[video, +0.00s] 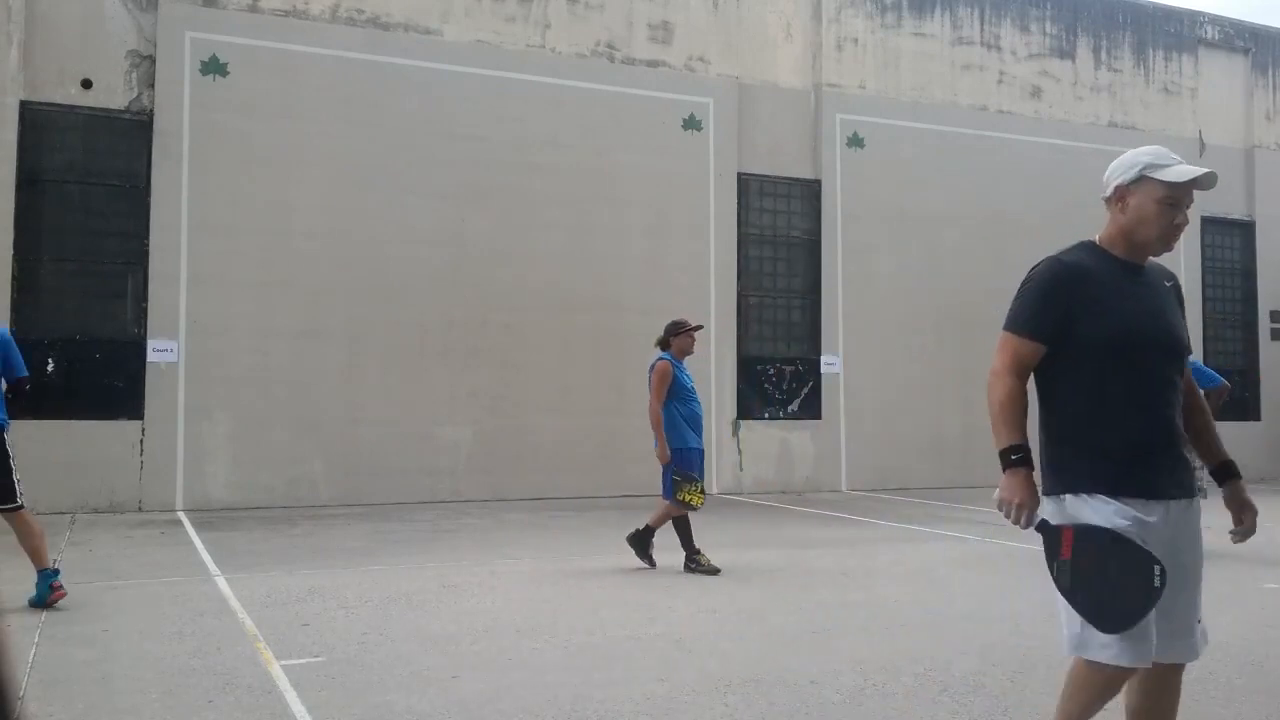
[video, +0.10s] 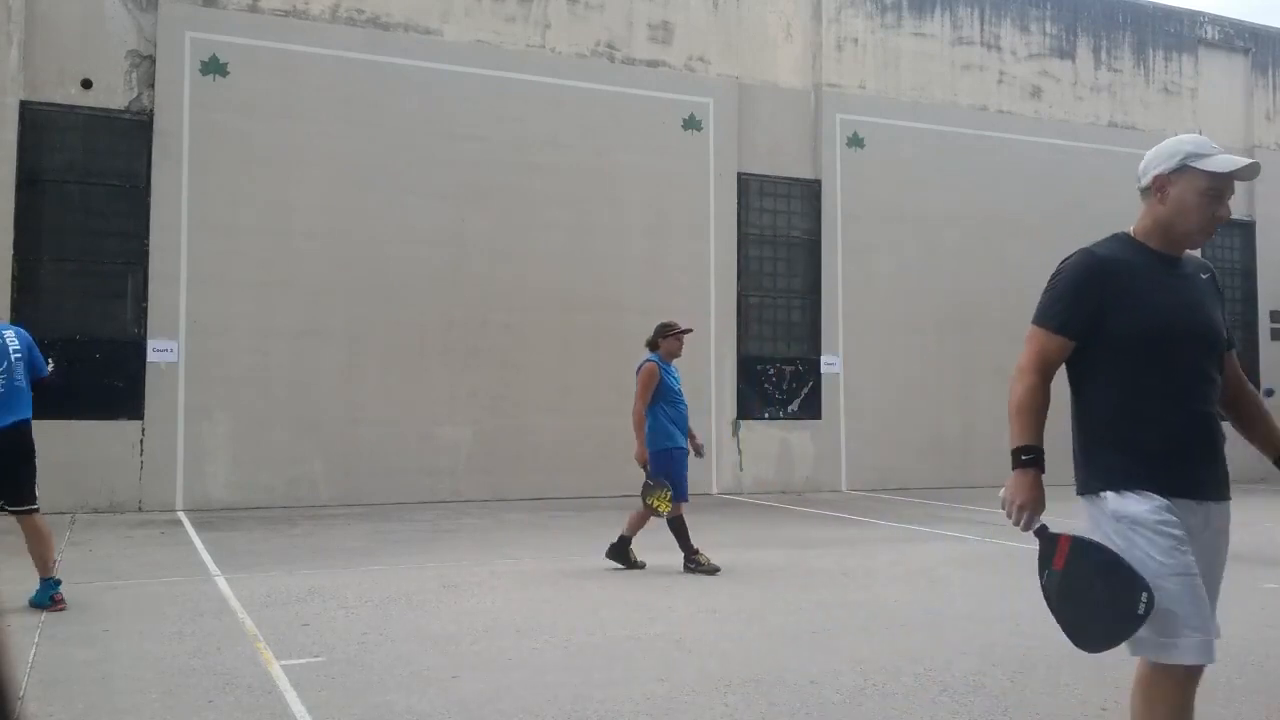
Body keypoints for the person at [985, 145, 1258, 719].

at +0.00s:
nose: (1184, 215)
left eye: (1187, 204)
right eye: (1172, 201)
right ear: (1120, 198)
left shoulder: (1165, 285)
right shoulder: (1059, 277)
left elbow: (1184, 392)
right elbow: (1005, 373)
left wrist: (1227, 479)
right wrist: (1016, 467)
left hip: (1173, 502)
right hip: (1094, 501)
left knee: (1169, 653)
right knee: (1113, 654)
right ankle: (1064, 717)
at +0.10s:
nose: (1227, 209)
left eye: (1228, 195)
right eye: (1214, 192)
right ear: (1162, 188)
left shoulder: (1201, 278)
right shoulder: (1091, 270)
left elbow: (1232, 387)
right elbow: (1032, 370)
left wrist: (1277, 448)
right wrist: (1026, 468)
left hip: (1203, 496)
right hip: (1128, 495)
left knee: (1180, 653)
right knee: (1179, 652)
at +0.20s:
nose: (1270, 206)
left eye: (1271, 192)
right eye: (1258, 189)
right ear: (1203, 184)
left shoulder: (1241, 276)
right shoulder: (1124, 272)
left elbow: (1271, 379)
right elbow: (1061, 374)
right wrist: (1044, 474)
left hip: (1240, 504)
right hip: (1163, 506)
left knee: (1177, 663)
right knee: (1220, 675)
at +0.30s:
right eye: (1279, 176)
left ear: (1250, 186)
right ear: (1245, 184)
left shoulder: (1272, 276)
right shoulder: (1163, 275)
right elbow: (1096, 380)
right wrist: (1076, 485)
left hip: (1268, 519)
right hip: (1204, 520)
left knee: (1203, 676)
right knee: (1264, 696)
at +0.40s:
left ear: (1259, 171)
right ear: (1271, 172)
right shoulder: (1208, 264)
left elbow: (1139, 382)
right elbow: (1138, 381)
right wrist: (1126, 491)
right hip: (1245, 523)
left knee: (1258, 690)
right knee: (1256, 693)